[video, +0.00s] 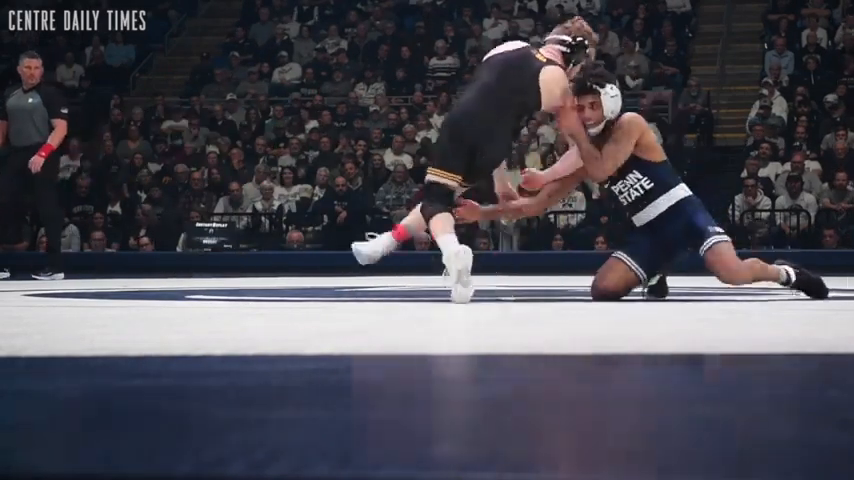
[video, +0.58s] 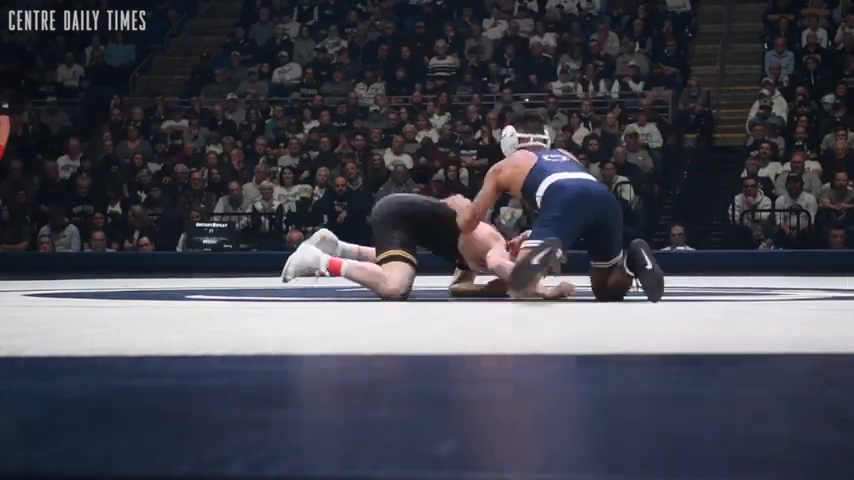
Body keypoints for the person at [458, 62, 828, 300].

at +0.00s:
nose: (584, 114)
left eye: (591, 105)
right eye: (578, 108)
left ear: (608, 102)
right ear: (573, 112)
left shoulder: (631, 123)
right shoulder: (585, 151)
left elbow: (598, 170)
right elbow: (539, 202)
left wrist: (571, 125)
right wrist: (484, 212)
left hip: (686, 218)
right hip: (648, 238)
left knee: (732, 274)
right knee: (601, 290)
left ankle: (786, 274)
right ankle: (651, 279)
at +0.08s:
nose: (566, 125)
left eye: (573, 118)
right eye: (564, 119)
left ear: (593, 117)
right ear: (563, 124)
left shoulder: (617, 135)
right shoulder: (574, 161)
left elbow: (594, 179)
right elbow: (548, 196)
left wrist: (562, 150)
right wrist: (534, 209)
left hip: (681, 219)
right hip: (640, 240)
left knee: (653, 254)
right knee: (592, 289)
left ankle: (734, 277)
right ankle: (649, 282)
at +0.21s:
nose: (555, 184)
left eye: (554, 174)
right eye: (551, 180)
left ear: (559, 158)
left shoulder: (583, 151)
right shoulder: (592, 193)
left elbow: (557, 163)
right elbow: (629, 247)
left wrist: (530, 178)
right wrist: (624, 224)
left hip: (676, 231)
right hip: (656, 238)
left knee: (615, 290)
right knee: (598, 286)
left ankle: (695, 289)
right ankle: (677, 282)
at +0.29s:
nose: (537, 169)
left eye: (536, 163)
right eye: (536, 166)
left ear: (544, 155)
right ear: (567, 150)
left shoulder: (557, 162)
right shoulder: (592, 172)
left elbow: (503, 182)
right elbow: (627, 237)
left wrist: (473, 169)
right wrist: (580, 240)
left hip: (667, 226)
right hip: (668, 228)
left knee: (606, 293)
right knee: (605, 288)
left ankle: (692, 284)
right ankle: (687, 277)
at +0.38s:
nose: (519, 166)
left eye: (520, 160)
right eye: (521, 162)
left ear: (530, 150)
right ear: (553, 145)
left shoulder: (536, 159)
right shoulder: (572, 163)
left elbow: (479, 175)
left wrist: (439, 167)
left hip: (649, 204)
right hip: (649, 205)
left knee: (619, 289)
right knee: (605, 284)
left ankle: (705, 277)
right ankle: (676, 271)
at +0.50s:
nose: (517, 151)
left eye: (518, 146)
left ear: (523, 143)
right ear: (556, 140)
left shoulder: (518, 164)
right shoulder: (579, 150)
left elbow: (467, 194)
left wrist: (433, 186)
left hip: (591, 187)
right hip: (630, 188)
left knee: (587, 281)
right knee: (610, 280)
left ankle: (658, 260)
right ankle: (663, 259)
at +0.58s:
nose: (503, 149)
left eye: (505, 146)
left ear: (510, 148)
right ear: (542, 144)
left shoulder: (503, 168)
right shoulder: (563, 156)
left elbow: (470, 222)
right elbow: (561, 215)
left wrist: (463, 209)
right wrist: (525, 239)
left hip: (565, 195)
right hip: (605, 198)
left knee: (518, 280)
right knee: (605, 294)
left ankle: (540, 260)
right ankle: (634, 265)